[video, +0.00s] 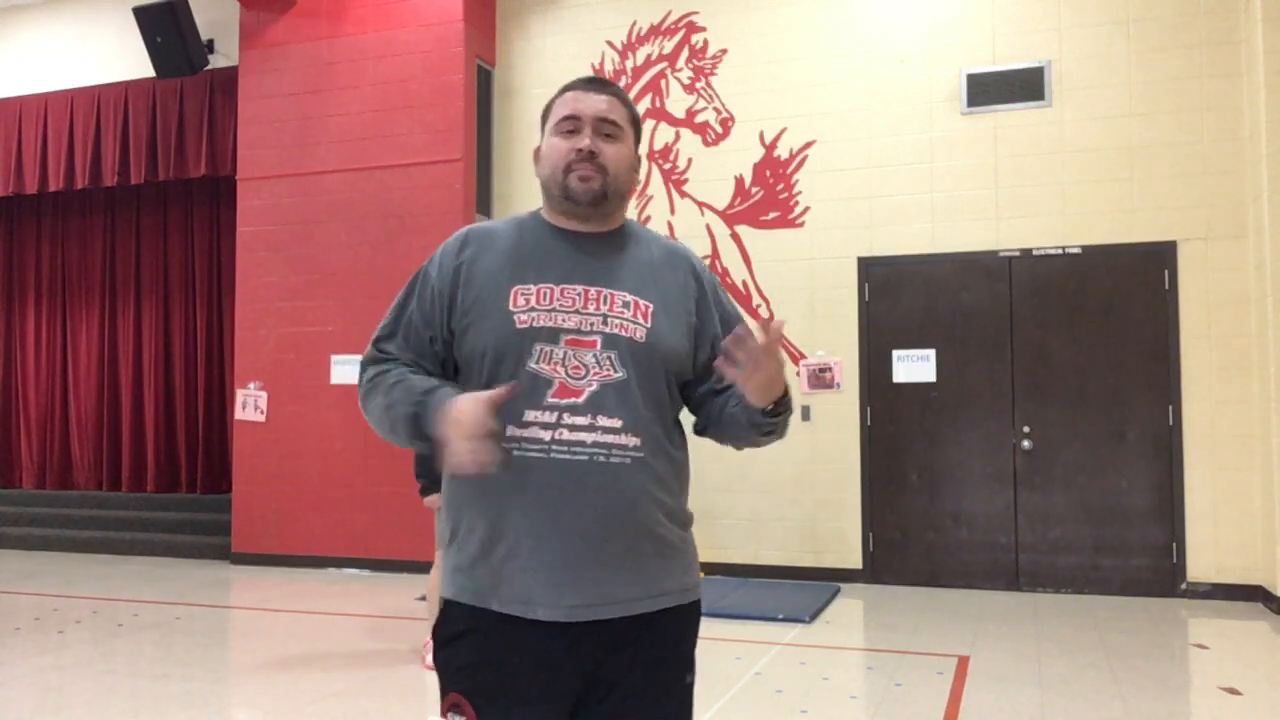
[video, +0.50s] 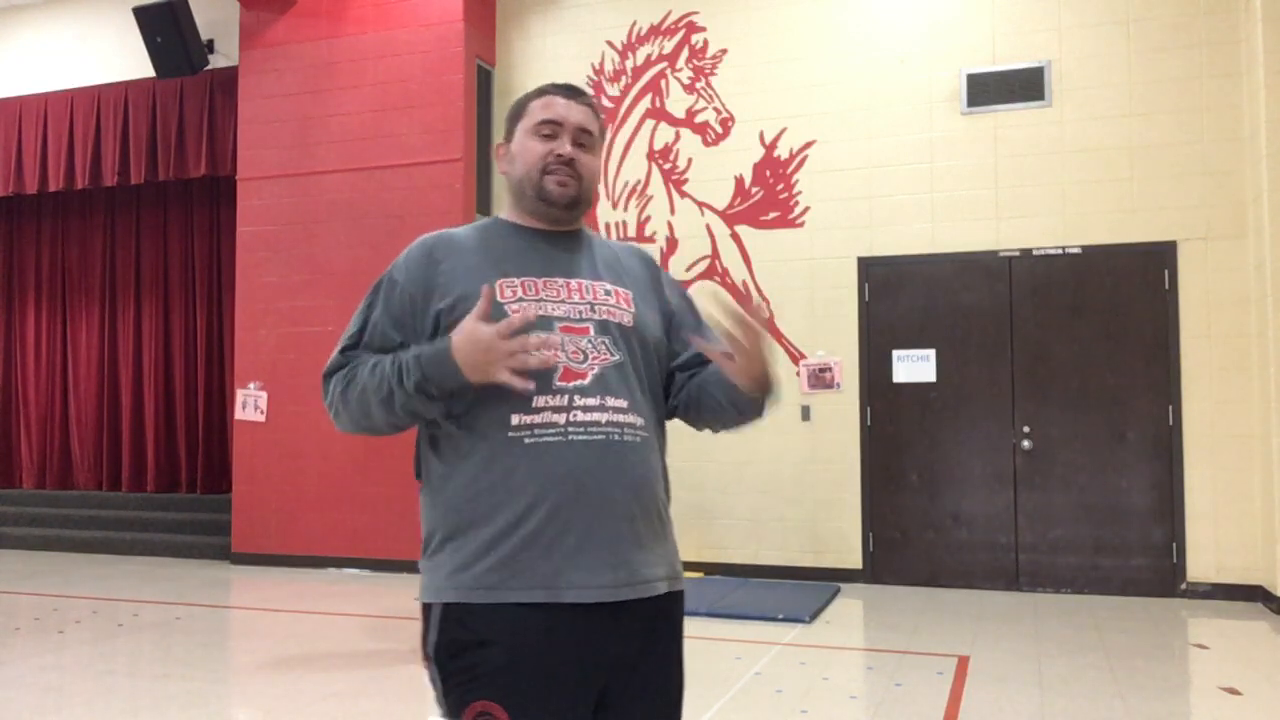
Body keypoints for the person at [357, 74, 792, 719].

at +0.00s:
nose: (585, 142)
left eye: (608, 130)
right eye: (567, 128)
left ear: (638, 166)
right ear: (537, 156)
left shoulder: (682, 274)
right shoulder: (469, 256)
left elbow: (720, 410)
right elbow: (383, 373)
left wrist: (766, 400)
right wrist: (438, 415)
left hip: (646, 606)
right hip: (495, 604)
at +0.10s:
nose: (592, 145)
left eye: (612, 134)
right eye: (572, 130)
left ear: (637, 168)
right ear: (537, 158)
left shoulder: (682, 277)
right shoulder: (469, 258)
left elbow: (736, 420)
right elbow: (383, 380)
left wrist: (762, 394)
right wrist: (480, 392)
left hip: (650, 608)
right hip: (499, 607)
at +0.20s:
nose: (595, 142)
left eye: (614, 133)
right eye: (574, 128)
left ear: (633, 165)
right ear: (533, 155)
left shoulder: (678, 272)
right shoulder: (466, 255)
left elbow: (754, 405)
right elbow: (378, 379)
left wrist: (707, 384)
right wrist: (474, 353)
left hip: (651, 602)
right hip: (501, 602)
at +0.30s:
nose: (593, 143)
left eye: (610, 133)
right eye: (572, 128)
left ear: (627, 164)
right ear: (527, 153)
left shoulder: (670, 268)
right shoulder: (460, 254)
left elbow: (739, 403)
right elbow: (367, 380)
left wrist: (676, 365)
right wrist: (450, 343)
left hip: (650, 598)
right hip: (504, 599)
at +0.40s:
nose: (584, 147)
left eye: (601, 137)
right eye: (563, 131)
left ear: (616, 166)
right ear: (518, 154)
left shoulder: (654, 269)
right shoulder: (451, 257)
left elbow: (728, 408)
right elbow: (354, 385)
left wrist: (701, 346)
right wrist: (448, 345)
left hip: (646, 595)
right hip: (503, 596)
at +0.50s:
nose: (566, 149)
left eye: (584, 141)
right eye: (546, 132)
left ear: (601, 172)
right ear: (505, 154)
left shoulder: (643, 274)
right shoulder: (437, 261)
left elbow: (692, 387)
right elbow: (347, 392)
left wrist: (747, 388)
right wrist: (450, 363)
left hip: (638, 595)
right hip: (493, 596)